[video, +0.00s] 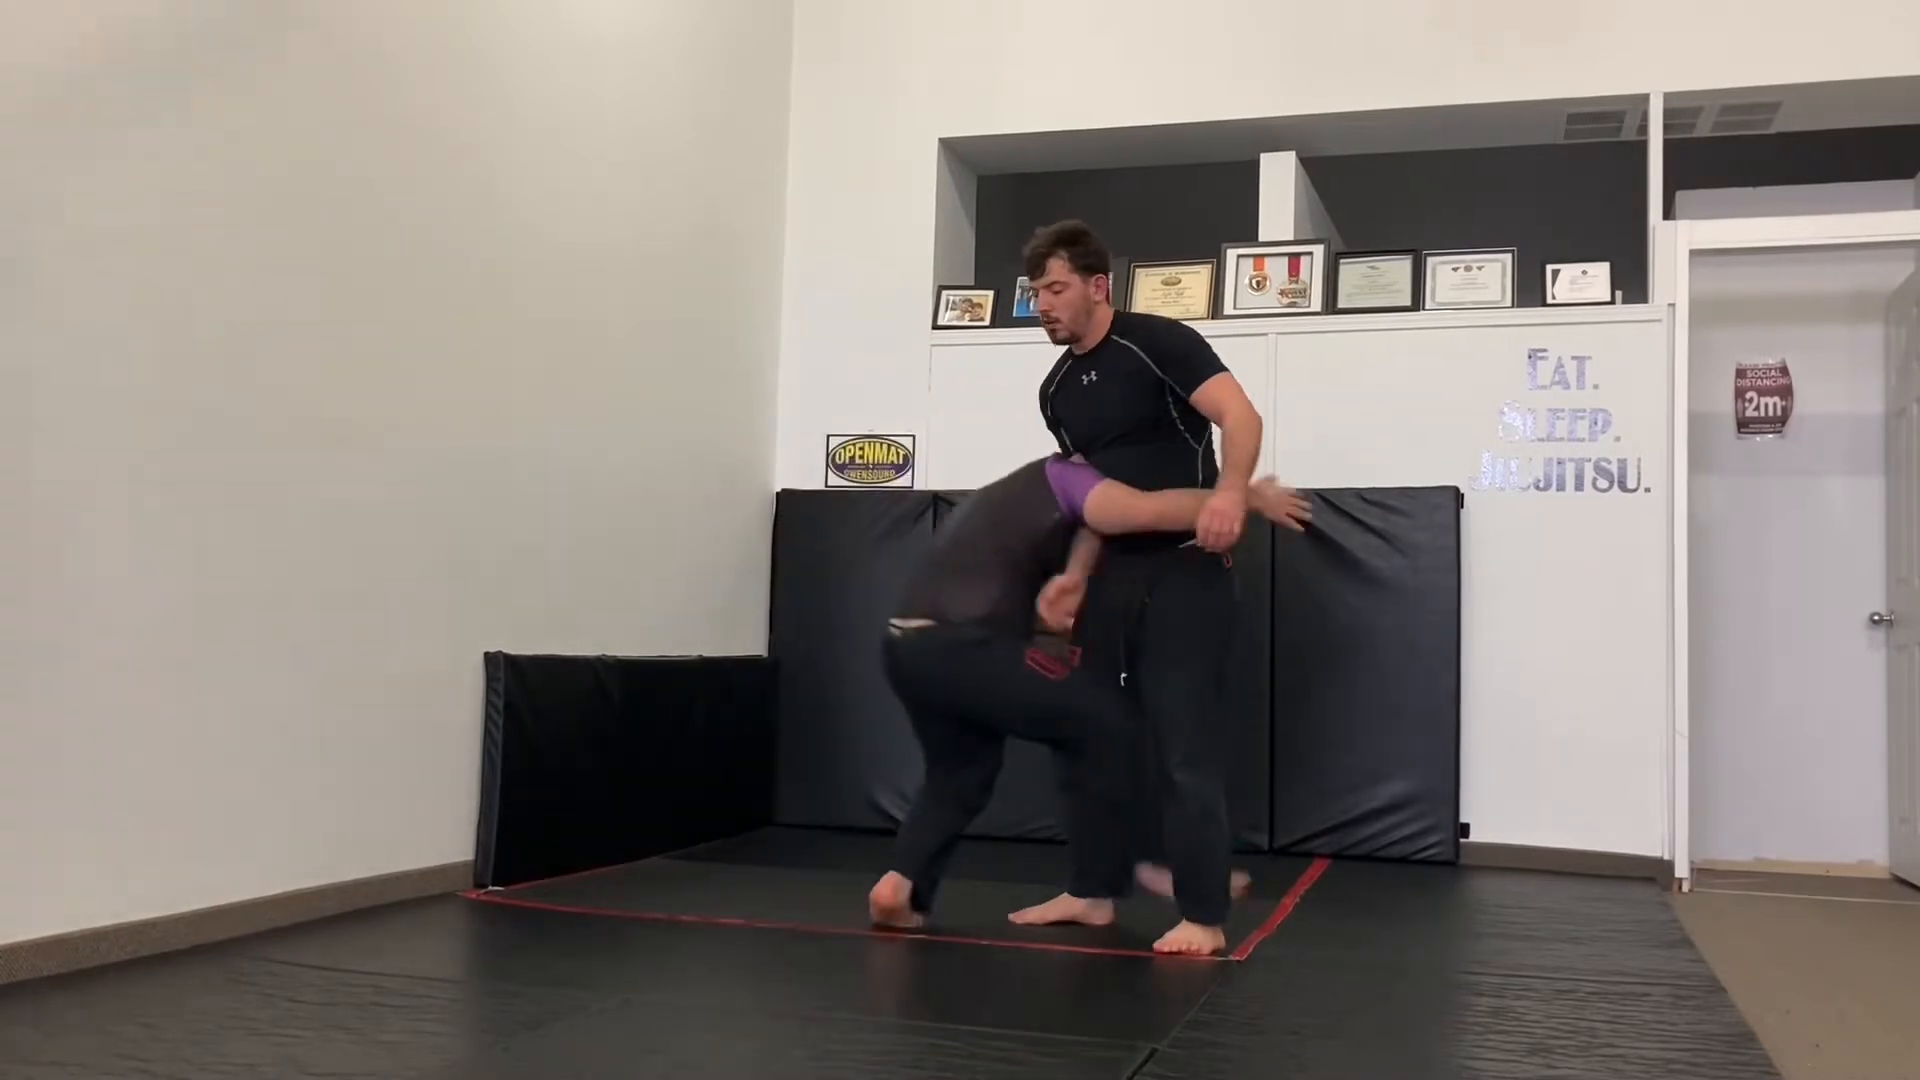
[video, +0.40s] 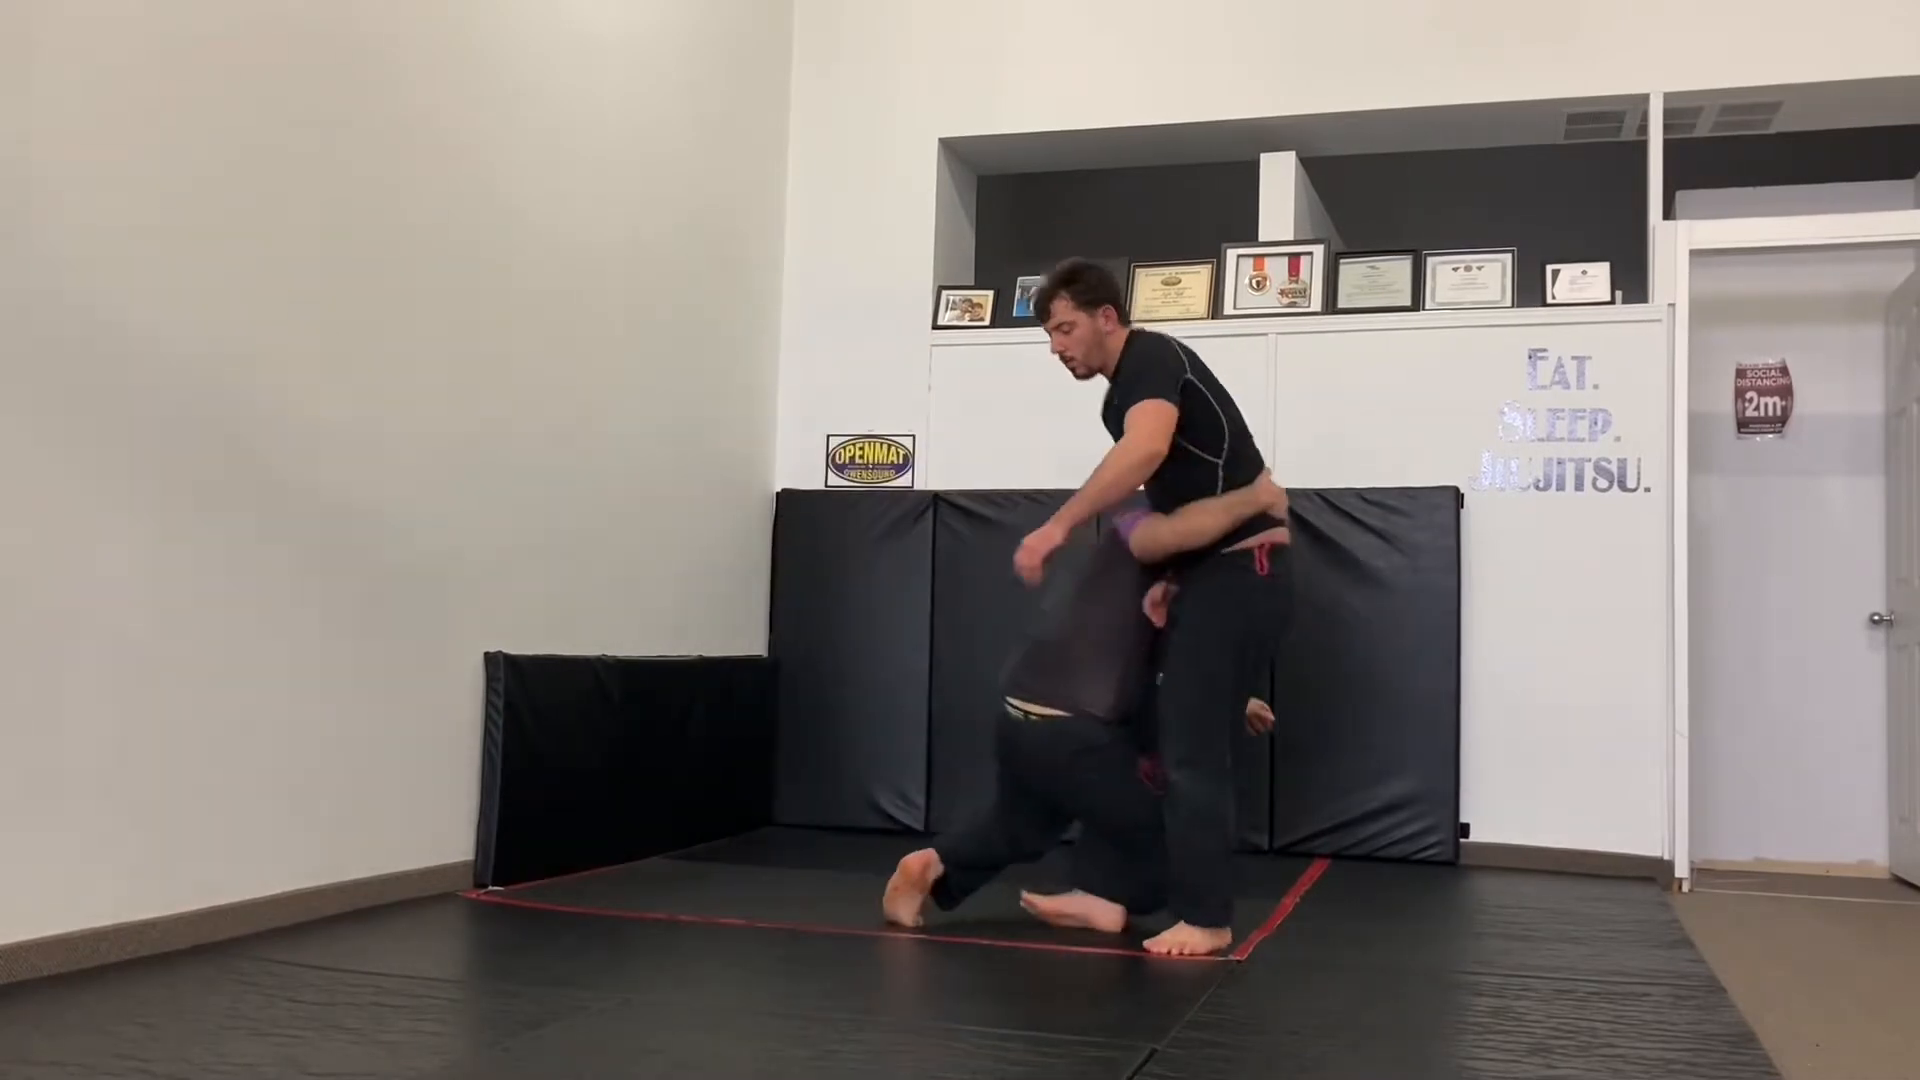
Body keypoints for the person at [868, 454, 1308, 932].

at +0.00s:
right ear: (1093, 465)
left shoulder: (1007, 495)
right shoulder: (1063, 478)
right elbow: (1145, 511)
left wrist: (1040, 617)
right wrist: (1249, 497)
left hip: (910, 649)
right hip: (971, 650)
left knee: (961, 768)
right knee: (1105, 719)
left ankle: (902, 881)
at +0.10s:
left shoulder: (1028, 498)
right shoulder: (1075, 483)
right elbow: (1159, 515)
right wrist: (1231, 496)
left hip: (940, 672)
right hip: (1003, 680)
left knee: (978, 787)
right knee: (1141, 737)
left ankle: (903, 873)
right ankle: (1196, 854)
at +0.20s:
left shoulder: (1048, 508)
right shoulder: (1088, 490)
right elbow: (1151, 505)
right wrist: (1227, 481)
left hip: (968, 688)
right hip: (1030, 696)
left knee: (1004, 796)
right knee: (1155, 765)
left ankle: (914, 864)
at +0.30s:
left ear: (1114, 487)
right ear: (1134, 495)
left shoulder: (1074, 525)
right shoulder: (1106, 529)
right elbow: (1144, 511)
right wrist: (1239, 482)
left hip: (998, 702)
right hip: (1053, 712)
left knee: (1021, 808)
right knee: (1155, 803)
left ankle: (924, 864)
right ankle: (1082, 882)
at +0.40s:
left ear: (1116, 494)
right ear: (1146, 492)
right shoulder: (1128, 522)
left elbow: (1170, 652)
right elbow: (1165, 535)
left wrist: (1231, 705)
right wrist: (1255, 497)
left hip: (1020, 721)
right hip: (1076, 731)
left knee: (1024, 824)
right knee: (1148, 831)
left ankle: (932, 865)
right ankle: (1095, 894)